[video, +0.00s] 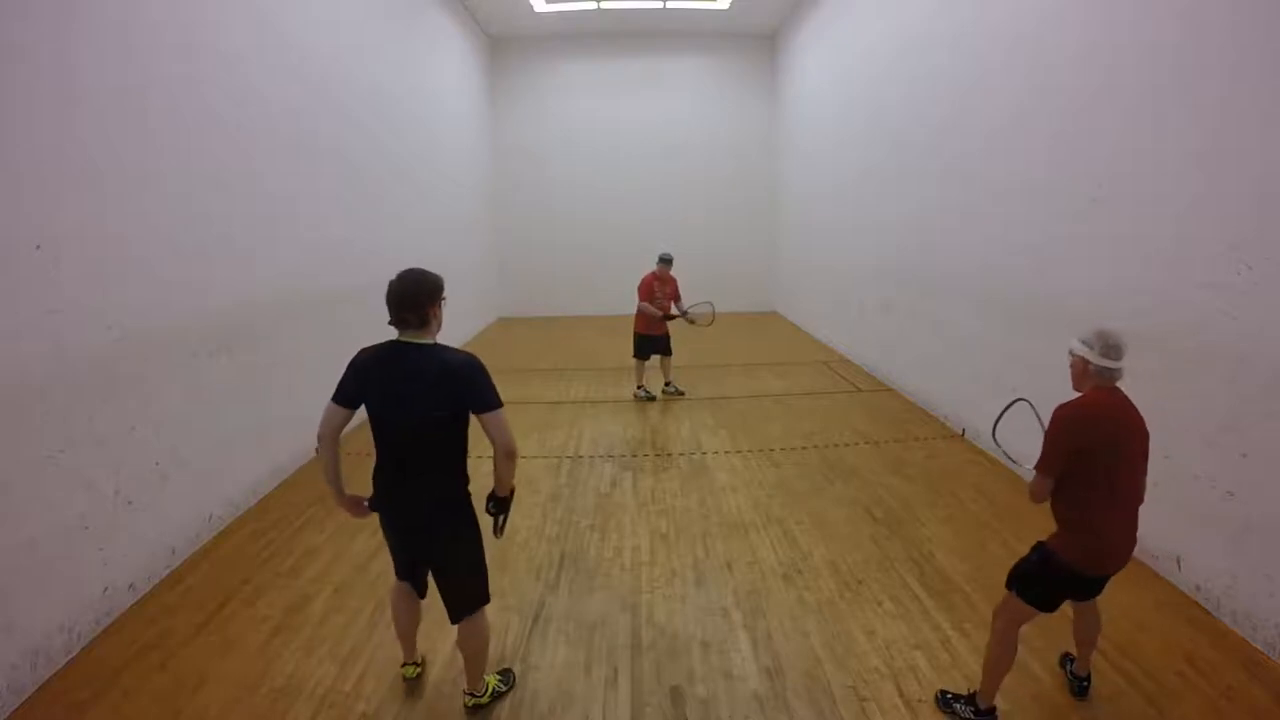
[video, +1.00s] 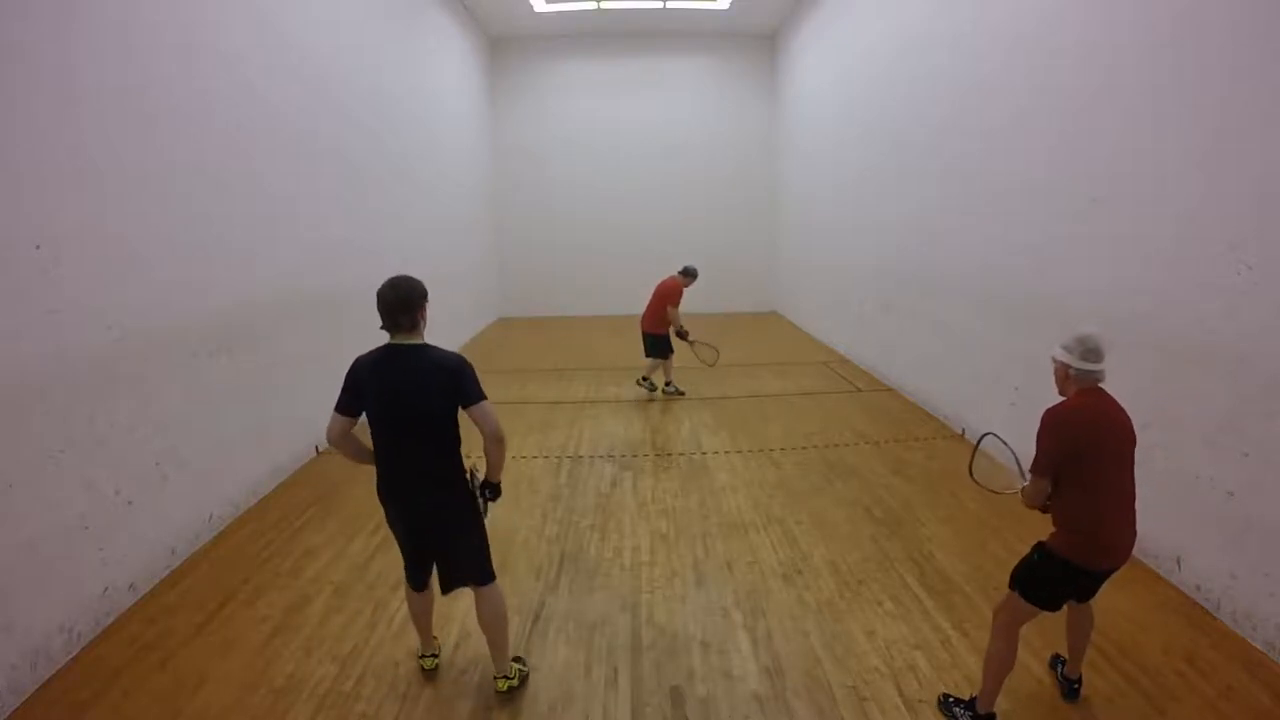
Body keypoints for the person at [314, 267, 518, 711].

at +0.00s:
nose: (443, 310)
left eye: (440, 303)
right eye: (441, 304)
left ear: (392, 312)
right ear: (435, 311)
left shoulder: (368, 362)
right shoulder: (462, 366)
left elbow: (327, 432)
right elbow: (505, 446)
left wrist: (339, 495)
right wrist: (502, 495)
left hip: (394, 503)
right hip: (446, 505)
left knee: (406, 577)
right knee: (468, 602)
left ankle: (409, 661)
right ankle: (476, 688)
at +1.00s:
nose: (426, 311)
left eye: (423, 305)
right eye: (425, 306)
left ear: (381, 316)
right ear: (423, 312)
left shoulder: (365, 368)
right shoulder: (450, 366)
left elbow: (337, 435)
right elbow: (493, 433)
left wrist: (378, 458)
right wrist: (492, 482)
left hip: (397, 493)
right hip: (448, 490)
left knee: (416, 571)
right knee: (483, 579)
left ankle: (427, 650)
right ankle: (504, 671)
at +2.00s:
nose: (382, 335)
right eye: (381, 329)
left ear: (331, 343)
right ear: (378, 336)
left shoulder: (314, 404)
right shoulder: (412, 391)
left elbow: (292, 488)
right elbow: (464, 463)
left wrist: (332, 515)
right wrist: (471, 522)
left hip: (357, 550)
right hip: (418, 543)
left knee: (360, 643)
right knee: (466, 635)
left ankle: (357, 716)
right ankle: (499, 714)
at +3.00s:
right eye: (227, 428)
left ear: (192, 444)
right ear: (229, 431)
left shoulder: (186, 485)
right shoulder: (259, 462)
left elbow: (169, 556)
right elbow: (300, 516)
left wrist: (142, 633)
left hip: (255, 592)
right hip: (301, 569)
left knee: (271, 655)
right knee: (324, 602)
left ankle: (270, 713)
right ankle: (352, 657)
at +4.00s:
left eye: (207, 329)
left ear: (206, 332)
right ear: (241, 325)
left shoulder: (210, 366)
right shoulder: (263, 359)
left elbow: (221, 419)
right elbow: (284, 418)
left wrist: (202, 492)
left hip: (260, 487)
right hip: (302, 475)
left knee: (274, 567)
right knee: (326, 565)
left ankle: (295, 632)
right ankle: (374, 644)